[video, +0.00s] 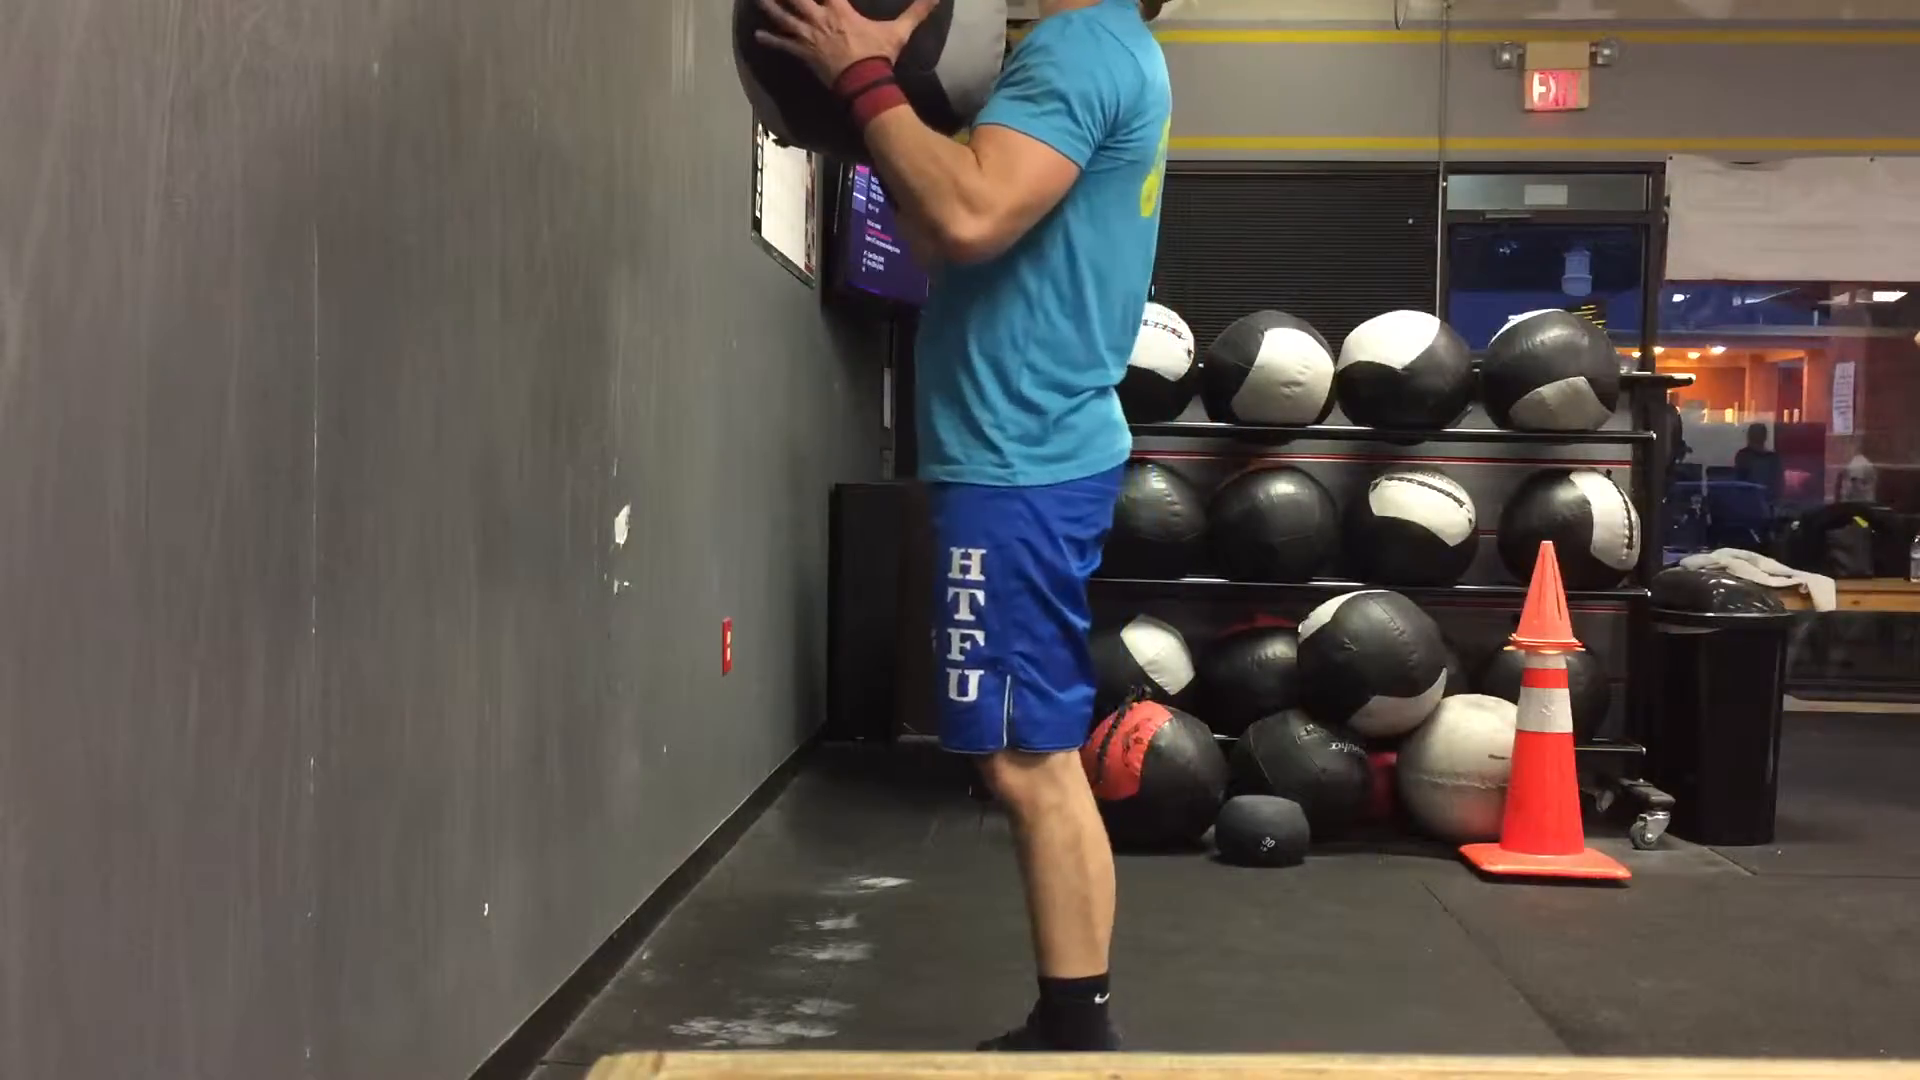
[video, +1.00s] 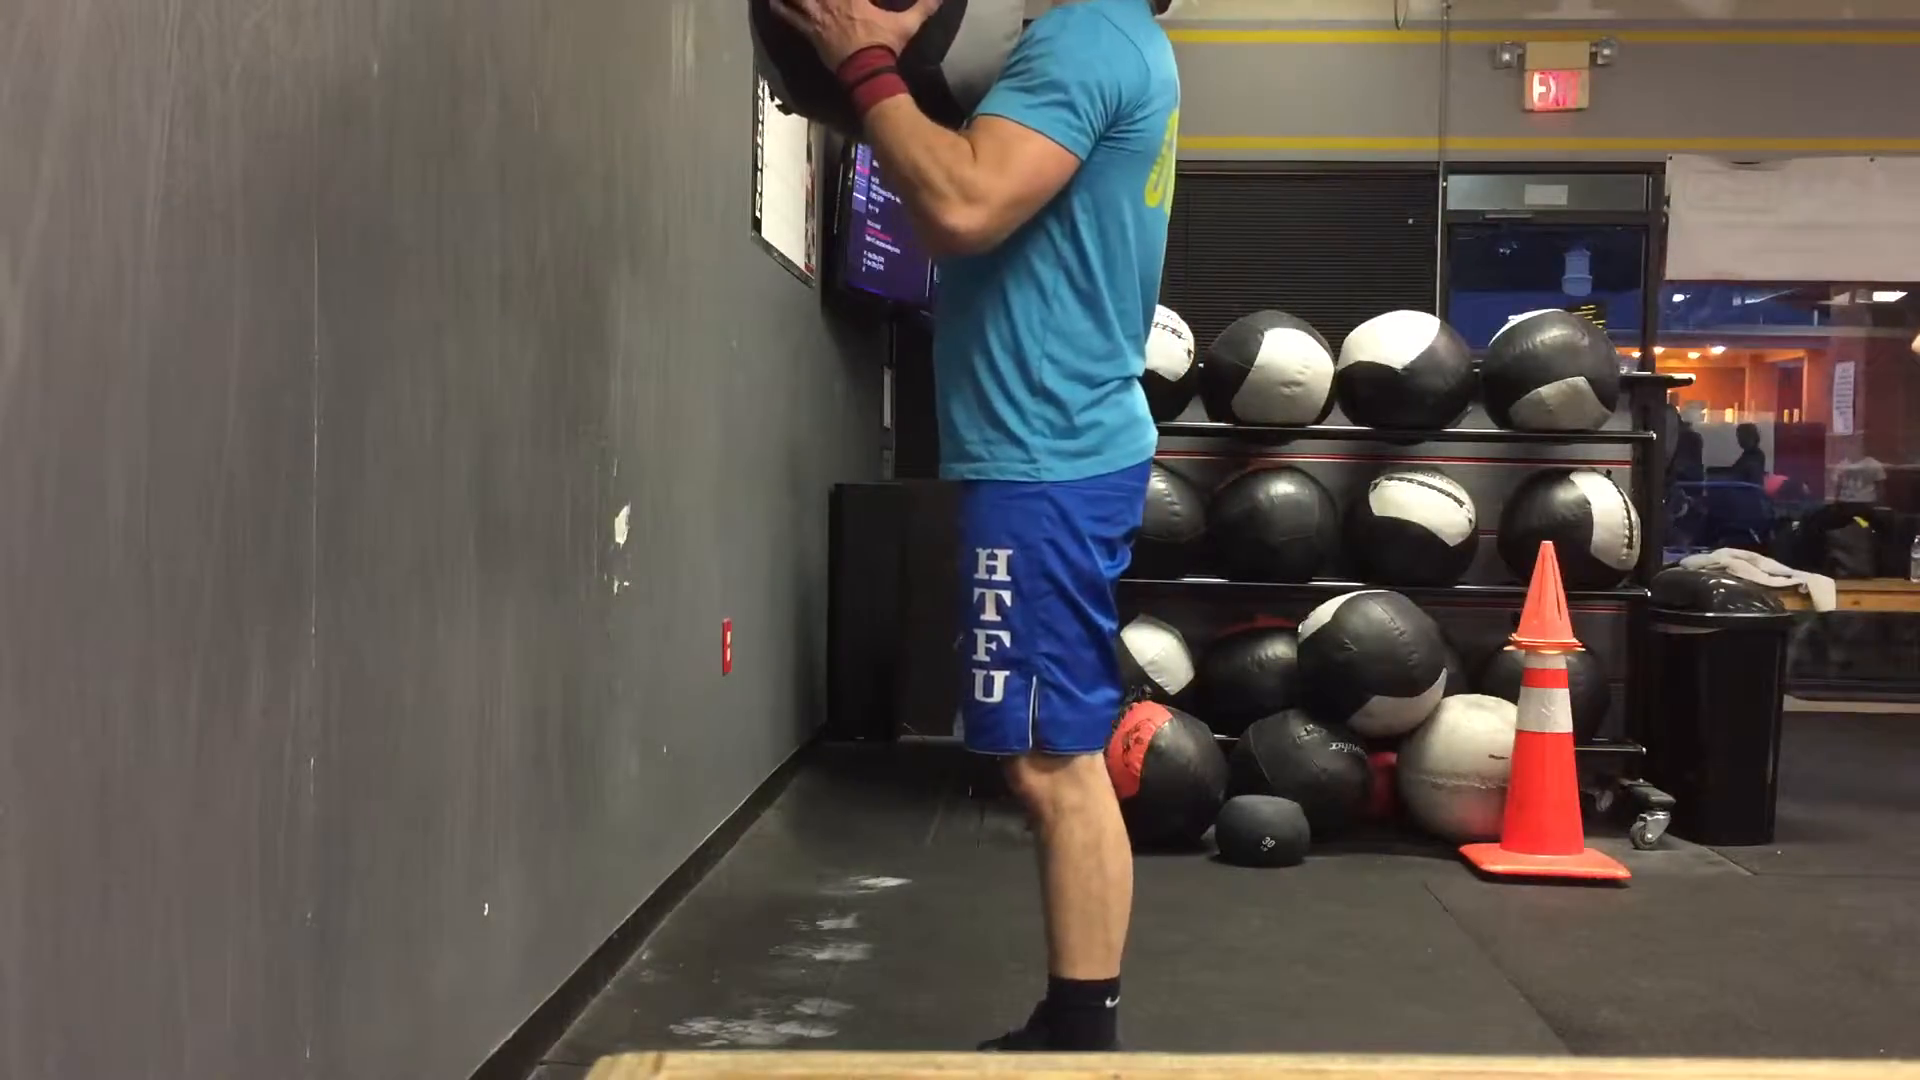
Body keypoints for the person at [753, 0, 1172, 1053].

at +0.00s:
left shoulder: (1084, 53)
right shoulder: (1086, 47)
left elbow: (970, 218)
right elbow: (954, 220)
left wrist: (866, 79)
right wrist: (877, 86)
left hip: (1021, 467)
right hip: (1025, 462)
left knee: (1028, 765)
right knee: (1038, 764)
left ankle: (1073, 1029)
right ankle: (1074, 1024)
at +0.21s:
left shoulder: (1075, 46)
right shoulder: (1085, 41)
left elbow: (946, 215)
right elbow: (953, 193)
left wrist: (859, 72)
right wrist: (873, 76)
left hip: (1022, 464)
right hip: (1028, 456)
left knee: (1032, 768)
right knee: (1038, 765)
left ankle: (1075, 1029)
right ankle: (1072, 1021)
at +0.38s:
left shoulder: (1073, 46)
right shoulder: (1095, 43)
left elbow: (942, 212)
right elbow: (953, 193)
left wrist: (859, 63)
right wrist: (876, 68)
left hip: (1022, 463)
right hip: (1034, 455)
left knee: (1035, 767)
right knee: (1041, 764)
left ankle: (1076, 1027)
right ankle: (1074, 1020)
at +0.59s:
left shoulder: (1082, 43)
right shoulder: (1095, 41)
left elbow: (952, 208)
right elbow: (956, 186)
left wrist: (865, 66)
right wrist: (877, 66)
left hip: (1026, 464)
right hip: (1032, 457)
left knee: (1036, 766)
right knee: (1044, 763)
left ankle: (1075, 1031)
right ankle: (1076, 1025)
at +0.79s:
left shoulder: (1086, 41)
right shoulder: (1092, 37)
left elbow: (958, 208)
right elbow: (960, 185)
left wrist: (867, 67)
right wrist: (880, 67)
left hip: (1039, 462)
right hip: (1037, 457)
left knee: (1047, 766)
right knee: (1051, 763)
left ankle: (1078, 1031)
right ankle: (1078, 1024)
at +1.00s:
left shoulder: (1089, 39)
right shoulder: (1098, 37)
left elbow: (963, 207)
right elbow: (964, 185)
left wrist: (870, 66)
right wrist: (881, 64)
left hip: (1048, 464)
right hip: (1045, 458)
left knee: (1056, 766)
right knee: (1056, 764)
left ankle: (1081, 1032)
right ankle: (1080, 1024)